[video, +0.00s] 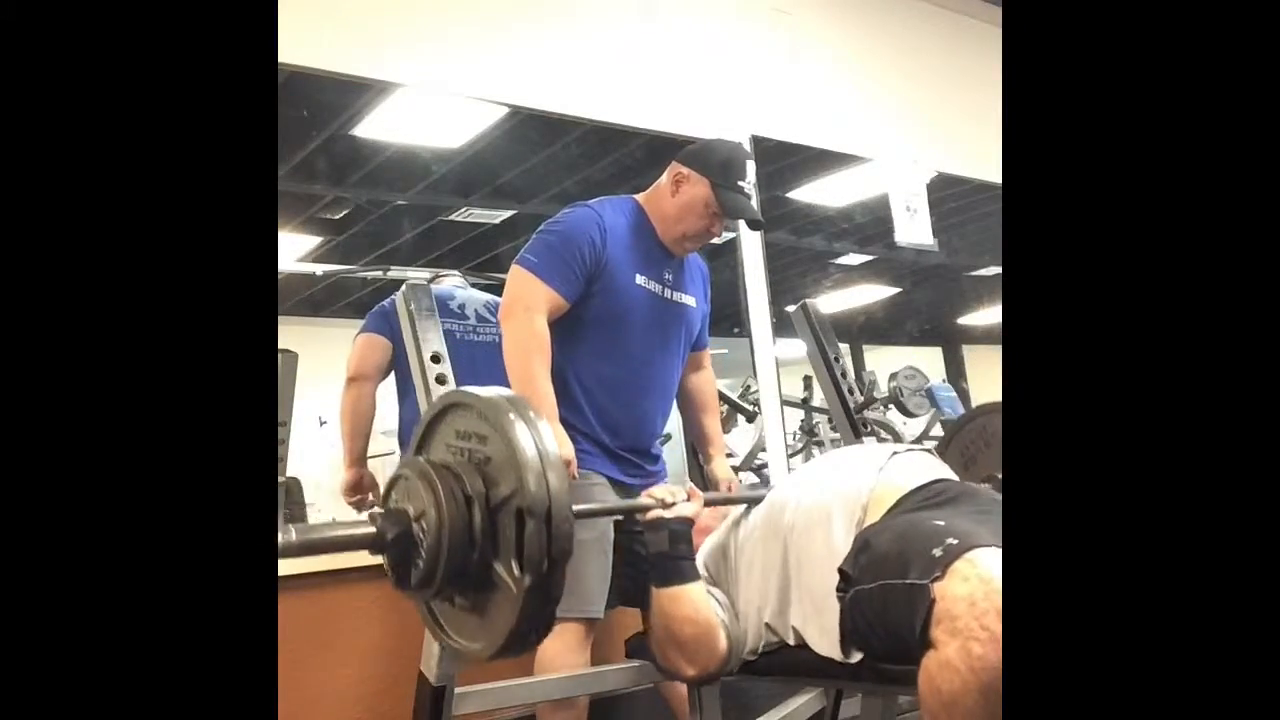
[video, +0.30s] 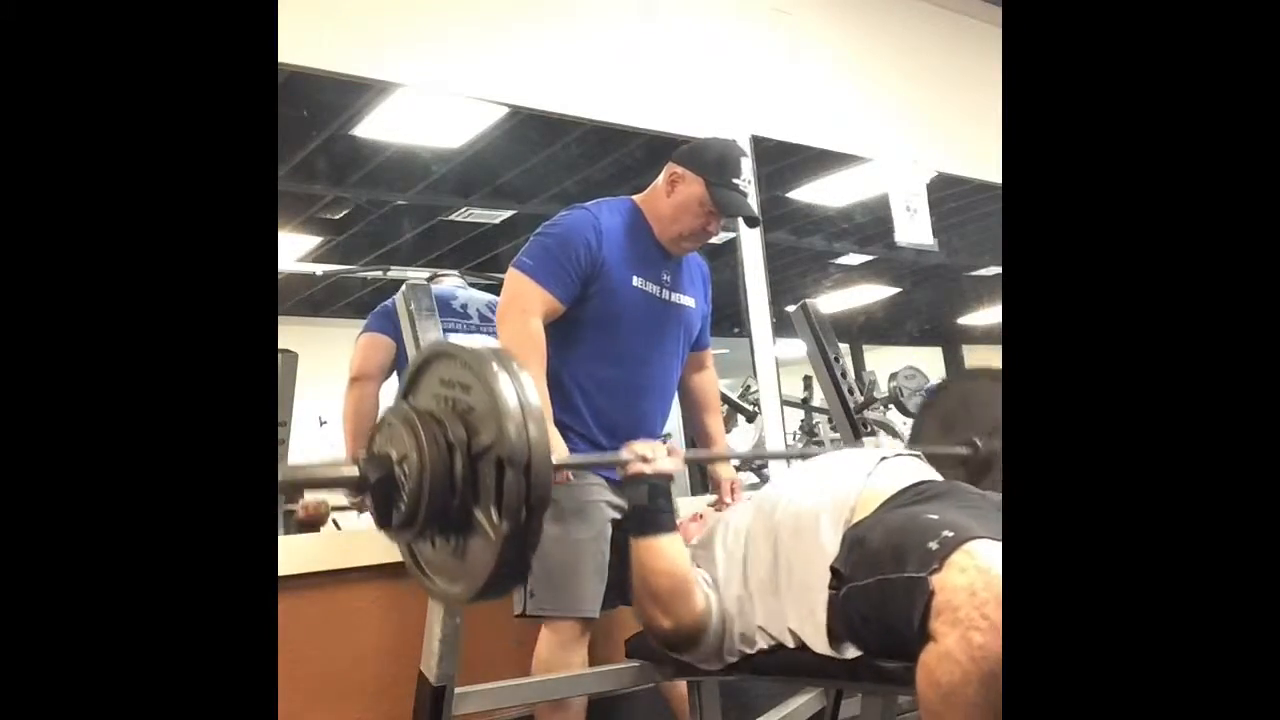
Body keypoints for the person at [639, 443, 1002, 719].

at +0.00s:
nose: (697, 495)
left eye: (693, 491)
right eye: (681, 503)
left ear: (715, 497)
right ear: (685, 543)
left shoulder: (776, 506)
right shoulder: (713, 582)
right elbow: (690, 664)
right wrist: (666, 540)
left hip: (964, 492)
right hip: (881, 534)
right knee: (986, 597)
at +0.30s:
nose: (693, 514)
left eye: (694, 508)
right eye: (681, 525)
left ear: (714, 504)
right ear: (675, 549)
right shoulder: (713, 612)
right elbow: (671, 619)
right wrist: (649, 497)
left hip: (933, 486)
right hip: (873, 527)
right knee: (986, 593)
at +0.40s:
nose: (683, 517)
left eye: (679, 510)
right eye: (666, 528)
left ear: (693, 506)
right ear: (655, 567)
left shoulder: (759, 500)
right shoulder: (697, 612)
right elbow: (663, 593)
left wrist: (886, 448)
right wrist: (643, 470)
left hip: (949, 492)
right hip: (871, 530)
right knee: (982, 588)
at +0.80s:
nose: (695, 506)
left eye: (692, 502)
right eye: (679, 516)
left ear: (710, 498)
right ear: (671, 543)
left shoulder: (767, 499)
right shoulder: (699, 599)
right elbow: (665, 612)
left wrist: (886, 442)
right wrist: (648, 487)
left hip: (952, 493)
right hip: (873, 533)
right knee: (980, 600)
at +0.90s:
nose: (699, 503)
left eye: (697, 497)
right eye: (685, 508)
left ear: (714, 499)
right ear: (672, 541)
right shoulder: (698, 584)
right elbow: (677, 636)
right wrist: (657, 514)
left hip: (942, 488)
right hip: (871, 529)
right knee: (983, 604)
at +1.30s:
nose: (695, 508)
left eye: (699, 501)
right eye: (681, 510)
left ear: (713, 506)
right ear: (672, 541)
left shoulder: (757, 512)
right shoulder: (694, 580)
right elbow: (682, 629)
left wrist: (762, 486)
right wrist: (654, 506)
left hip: (949, 492)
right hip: (871, 534)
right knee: (985, 595)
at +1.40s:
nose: (687, 511)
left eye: (684, 507)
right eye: (673, 517)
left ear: (695, 512)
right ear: (665, 538)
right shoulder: (702, 602)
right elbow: (666, 597)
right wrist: (646, 475)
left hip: (956, 494)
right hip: (876, 528)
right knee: (980, 592)